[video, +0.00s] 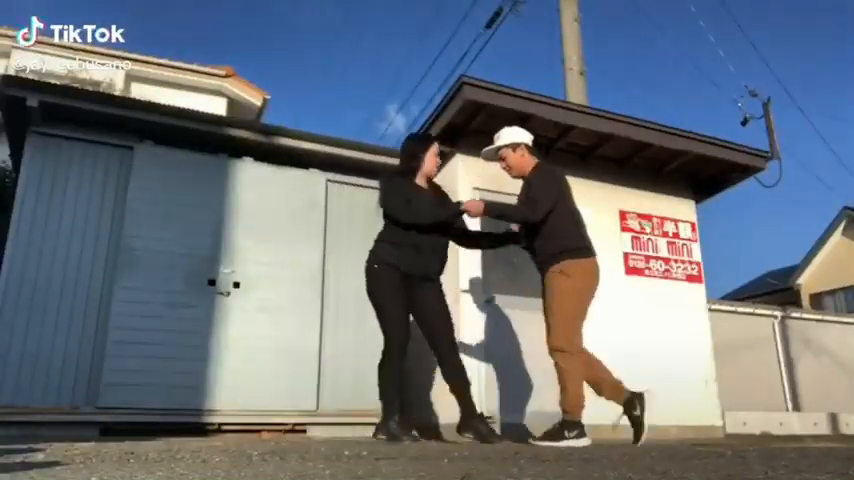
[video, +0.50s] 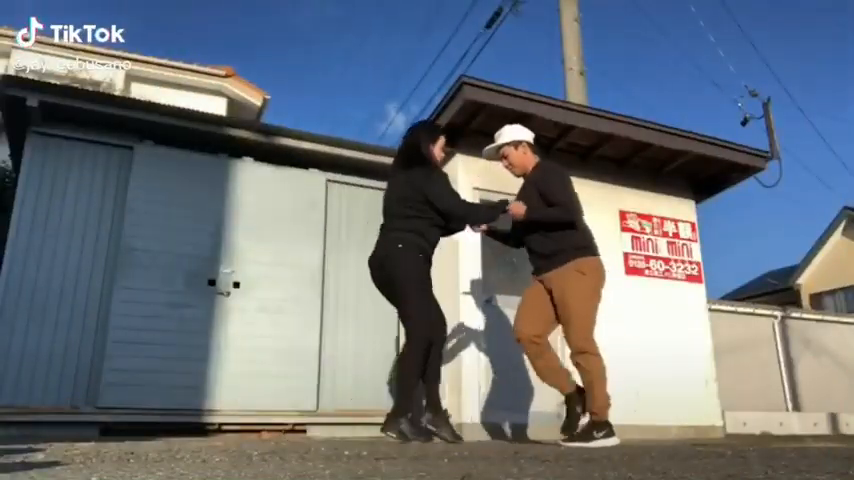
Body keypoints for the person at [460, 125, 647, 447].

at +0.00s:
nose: (502, 166)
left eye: (503, 158)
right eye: (500, 160)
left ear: (522, 150)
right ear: (518, 154)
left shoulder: (542, 176)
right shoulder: (539, 181)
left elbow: (531, 214)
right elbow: (528, 234)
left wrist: (486, 208)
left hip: (569, 267)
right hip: (566, 268)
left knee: (563, 346)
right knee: (567, 347)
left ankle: (572, 425)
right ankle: (627, 399)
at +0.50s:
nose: (504, 164)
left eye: (505, 156)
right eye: (501, 159)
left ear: (524, 148)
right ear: (517, 154)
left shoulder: (549, 173)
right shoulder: (526, 190)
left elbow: (570, 214)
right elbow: (520, 238)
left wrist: (528, 213)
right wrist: (490, 230)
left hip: (576, 268)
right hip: (547, 277)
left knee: (581, 344)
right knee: (528, 333)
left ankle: (601, 422)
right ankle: (572, 394)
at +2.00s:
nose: (482, 156)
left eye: (484, 148)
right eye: (479, 151)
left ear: (503, 141)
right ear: (495, 148)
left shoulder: (526, 171)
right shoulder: (502, 188)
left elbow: (534, 218)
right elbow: (505, 236)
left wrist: (487, 215)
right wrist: (468, 232)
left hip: (554, 265)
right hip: (523, 273)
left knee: (557, 342)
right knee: (500, 337)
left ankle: (568, 423)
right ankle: (512, 416)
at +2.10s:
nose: (491, 152)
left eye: (495, 144)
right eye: (490, 146)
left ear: (515, 141)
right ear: (507, 146)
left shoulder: (535, 172)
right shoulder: (516, 186)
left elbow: (524, 204)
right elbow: (518, 236)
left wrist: (485, 187)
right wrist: (500, 222)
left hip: (561, 265)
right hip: (532, 275)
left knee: (561, 343)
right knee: (523, 341)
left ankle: (570, 423)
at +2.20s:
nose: (503, 144)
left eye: (507, 137)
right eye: (501, 140)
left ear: (526, 137)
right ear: (516, 142)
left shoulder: (543, 168)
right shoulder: (518, 188)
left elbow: (518, 171)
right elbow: (525, 236)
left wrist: (484, 142)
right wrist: (509, 228)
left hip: (567, 265)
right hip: (549, 270)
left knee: (560, 343)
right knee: (551, 347)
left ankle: (569, 425)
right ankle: (617, 399)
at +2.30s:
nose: (517, 137)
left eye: (524, 132)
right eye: (516, 131)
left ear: (540, 137)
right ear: (521, 136)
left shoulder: (547, 162)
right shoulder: (526, 187)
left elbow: (515, 139)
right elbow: (534, 235)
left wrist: (476, 107)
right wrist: (515, 240)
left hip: (570, 264)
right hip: (563, 267)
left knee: (549, 337)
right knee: (582, 343)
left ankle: (566, 422)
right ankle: (636, 410)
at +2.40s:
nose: (521, 138)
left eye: (528, 134)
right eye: (521, 133)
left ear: (545, 140)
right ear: (529, 138)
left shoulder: (547, 161)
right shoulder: (531, 188)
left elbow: (507, 135)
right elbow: (538, 236)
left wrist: (464, 103)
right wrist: (516, 243)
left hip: (573, 267)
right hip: (569, 269)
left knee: (538, 333)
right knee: (596, 345)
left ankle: (552, 419)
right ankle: (645, 413)